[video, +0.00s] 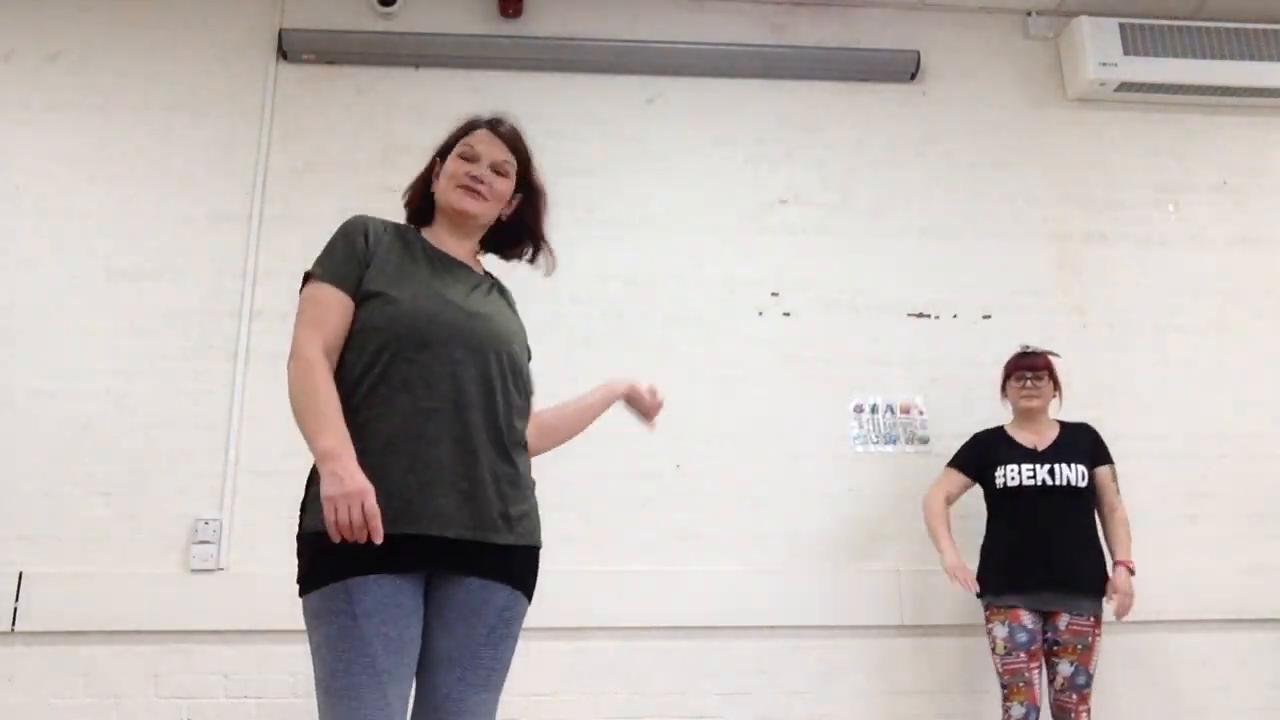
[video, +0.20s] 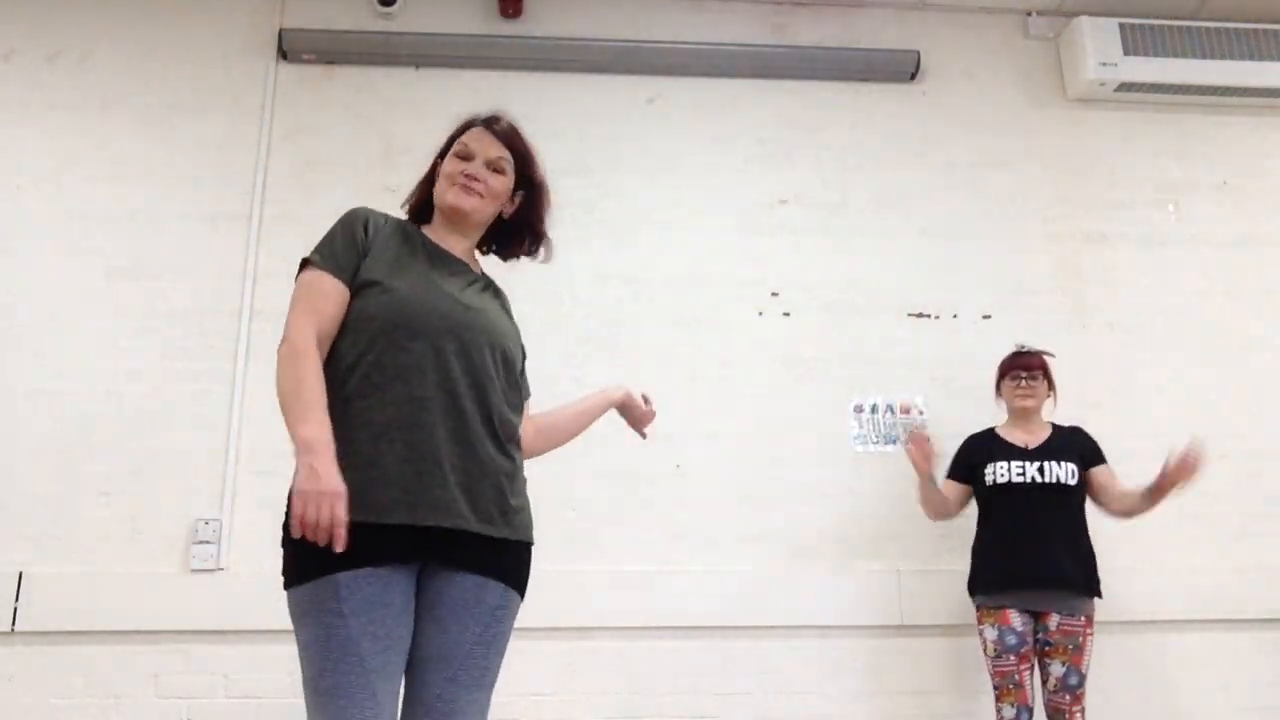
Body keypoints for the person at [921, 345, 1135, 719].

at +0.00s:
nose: (1029, 385)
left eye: (1039, 378)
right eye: (1020, 379)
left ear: (1054, 388)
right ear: (1006, 390)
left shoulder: (1084, 438)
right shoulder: (987, 444)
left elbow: (1111, 507)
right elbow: (936, 498)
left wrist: (1123, 566)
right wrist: (951, 557)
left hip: (1077, 594)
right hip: (1010, 594)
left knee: (1072, 708)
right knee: (1021, 708)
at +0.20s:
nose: (1024, 382)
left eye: (1033, 376)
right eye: (1014, 376)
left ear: (1048, 388)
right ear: (1000, 389)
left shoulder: (1075, 442)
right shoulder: (979, 447)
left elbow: (1118, 503)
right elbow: (941, 510)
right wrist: (924, 475)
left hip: (1068, 594)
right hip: (1001, 594)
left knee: (1067, 708)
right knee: (1012, 709)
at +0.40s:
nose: (1015, 388)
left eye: (1024, 382)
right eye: (1005, 383)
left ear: (1040, 392)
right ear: (990, 393)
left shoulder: (1067, 440)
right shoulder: (968, 444)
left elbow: (1142, 431)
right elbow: (894, 457)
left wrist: (1176, 380)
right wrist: (857, 404)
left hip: (1063, 596)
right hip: (992, 597)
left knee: (1064, 708)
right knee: (1006, 709)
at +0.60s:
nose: (995, 391)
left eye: (1005, 385)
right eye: (986, 384)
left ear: (1020, 397)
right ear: (971, 394)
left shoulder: (1044, 441)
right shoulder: (947, 445)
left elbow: (1107, 410)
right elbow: (875, 439)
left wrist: (1123, 353)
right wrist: (836, 392)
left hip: (1046, 595)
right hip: (977, 597)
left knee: (1053, 709)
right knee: (989, 709)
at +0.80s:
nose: (974, 391)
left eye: (984, 386)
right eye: (966, 384)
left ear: (996, 396)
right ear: (947, 392)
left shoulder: (1018, 436)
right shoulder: (923, 446)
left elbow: (1077, 403)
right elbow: (851, 437)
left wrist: (1102, 342)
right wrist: (816, 380)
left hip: (1031, 589)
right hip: (961, 595)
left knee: (1047, 707)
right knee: (981, 709)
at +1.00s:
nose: (954, 389)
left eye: (963, 384)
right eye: (944, 382)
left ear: (976, 395)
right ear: (926, 392)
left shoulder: (1000, 432)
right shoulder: (905, 448)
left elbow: (1055, 395)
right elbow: (835, 445)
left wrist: (1074, 335)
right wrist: (795, 395)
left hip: (1026, 588)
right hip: (958, 597)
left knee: (1046, 707)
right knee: (980, 711)